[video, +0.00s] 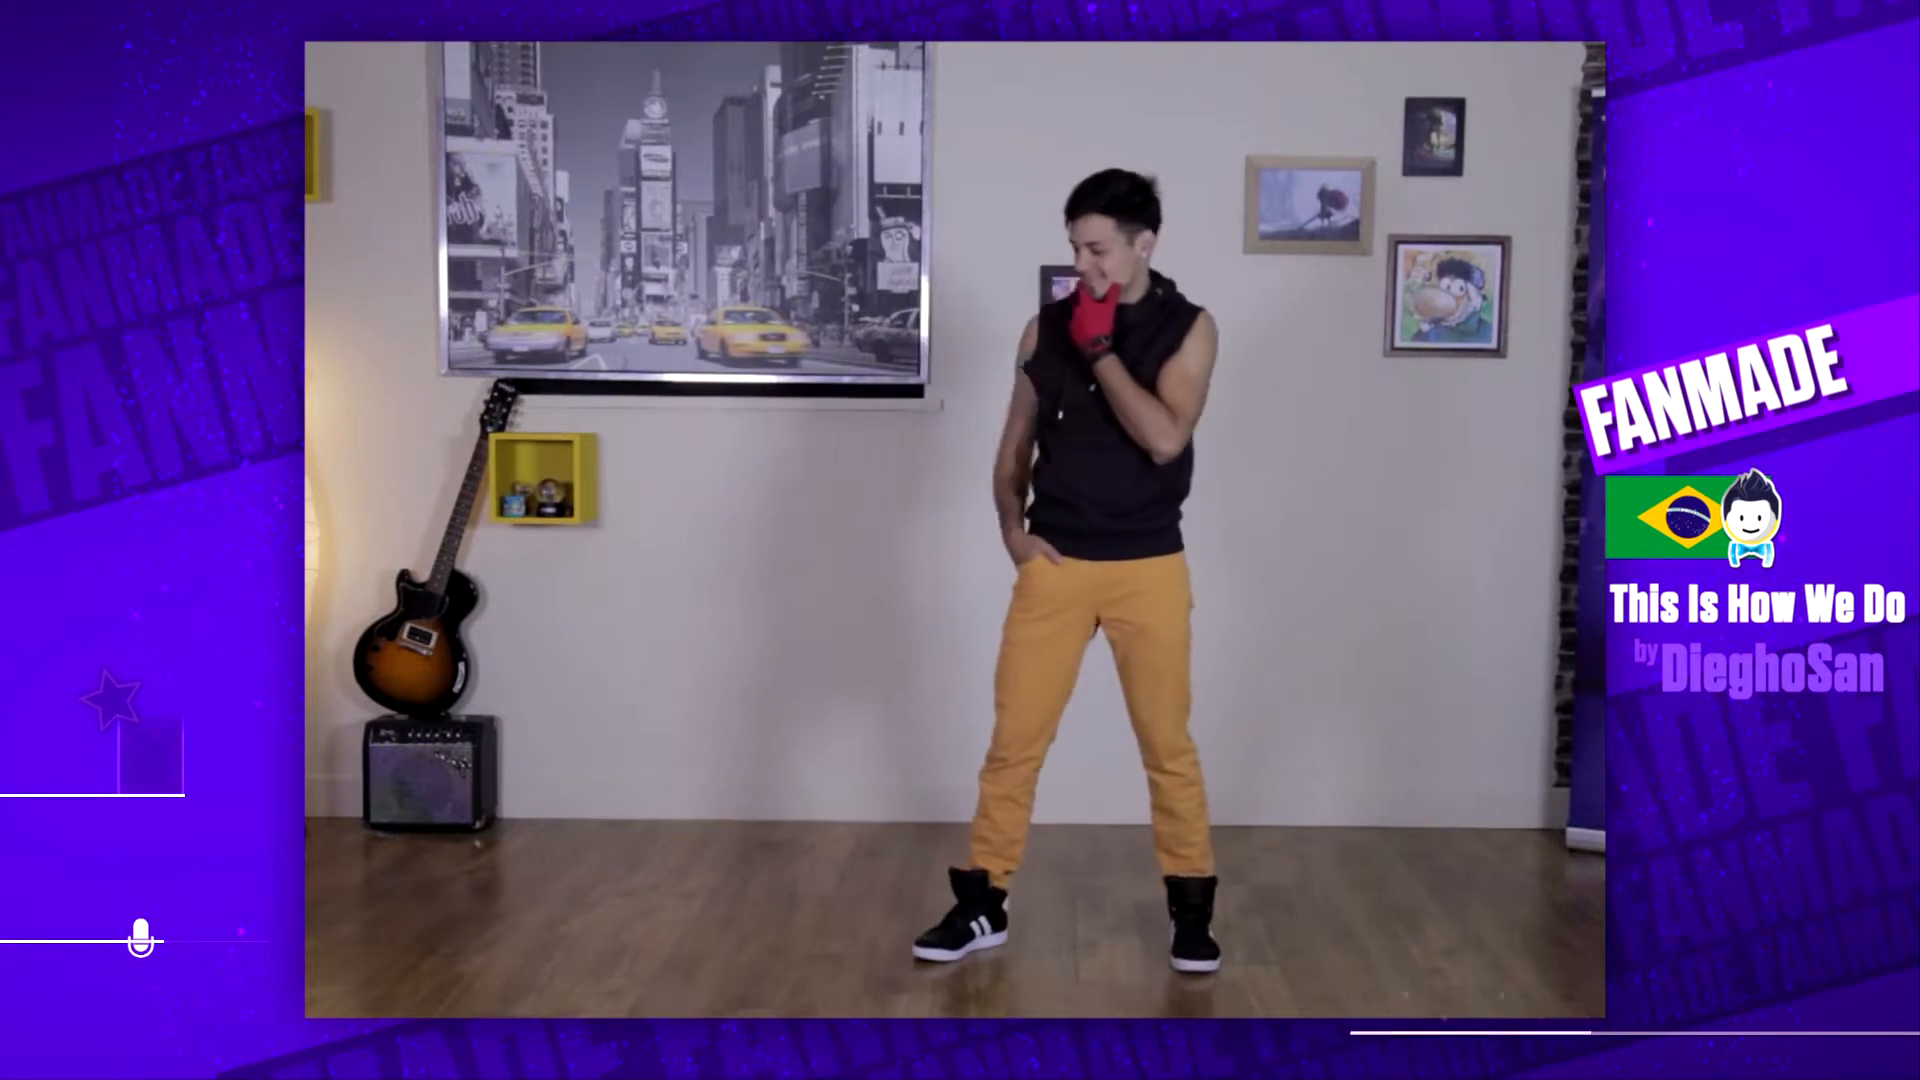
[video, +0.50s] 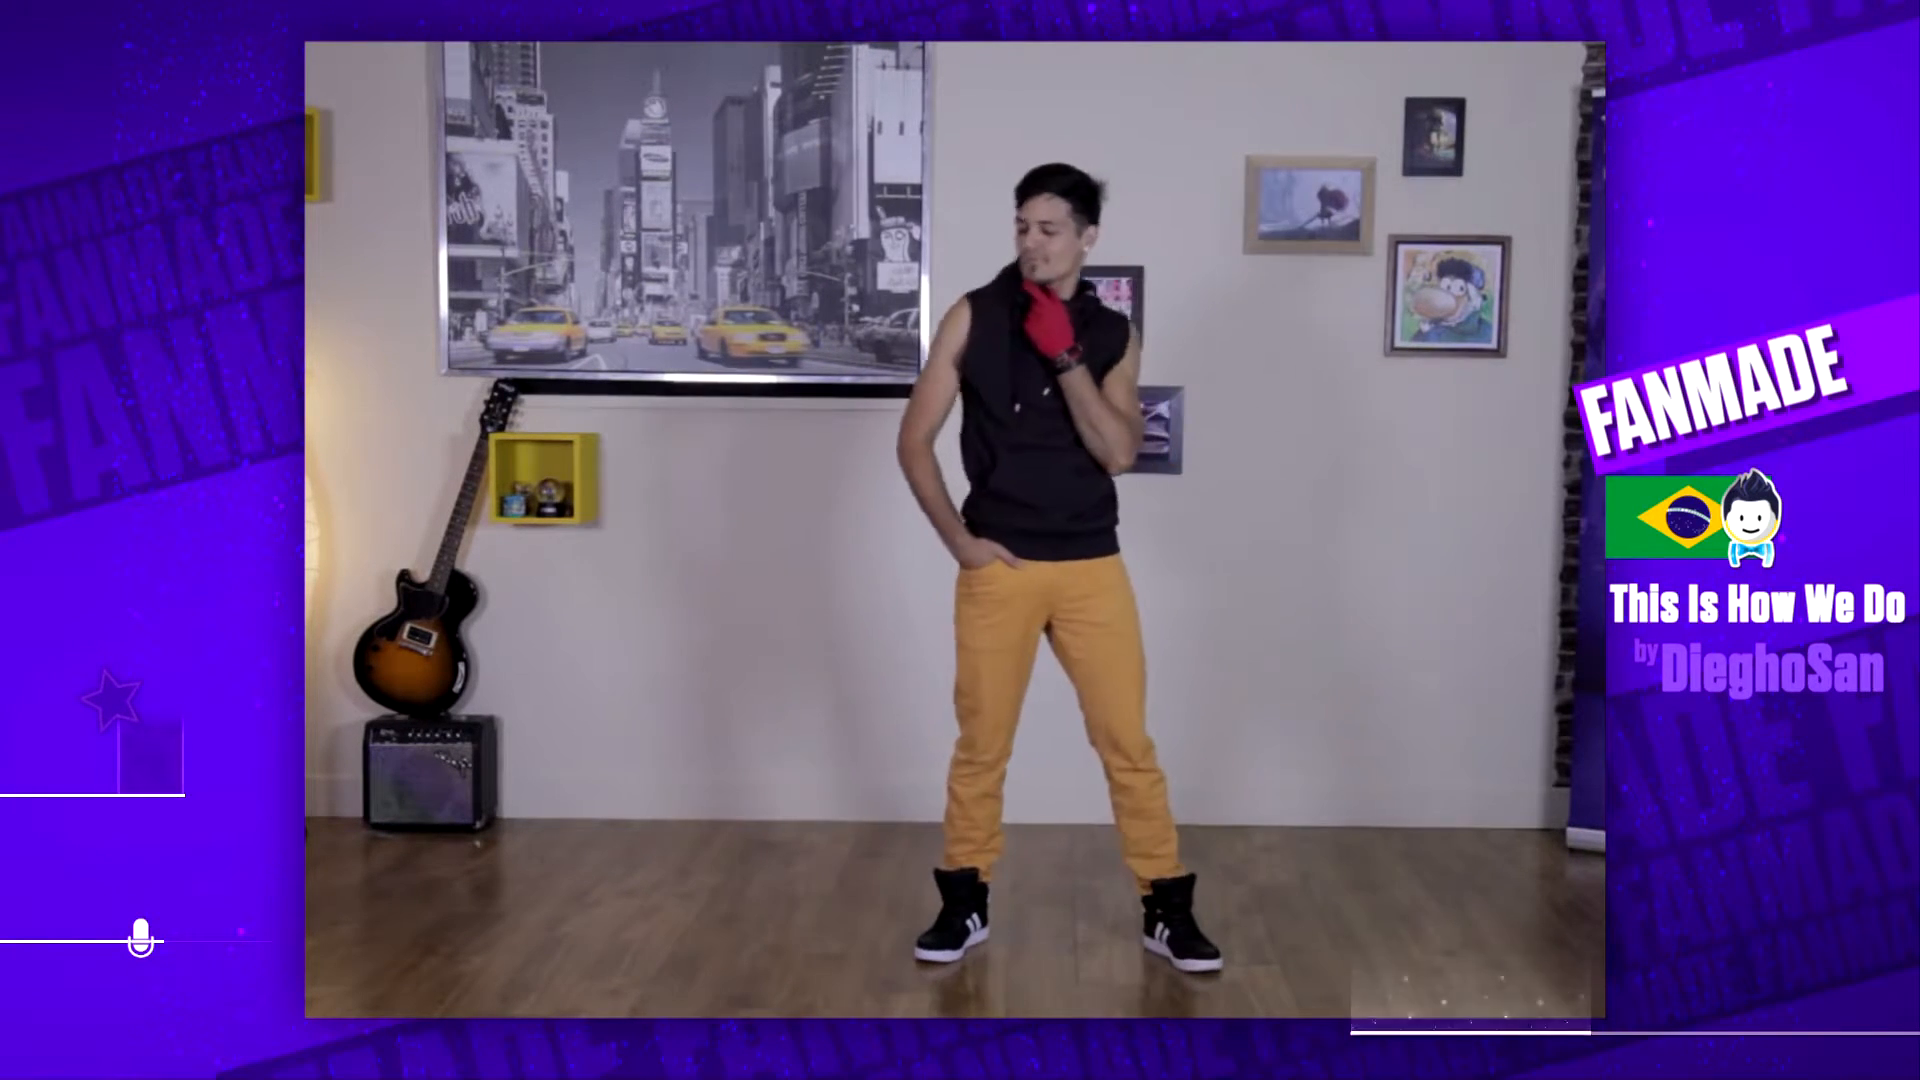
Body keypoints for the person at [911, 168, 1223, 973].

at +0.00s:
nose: (1085, 264)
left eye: (1100, 249)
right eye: (1076, 249)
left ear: (1146, 244)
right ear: (1068, 248)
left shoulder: (1187, 329)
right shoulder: (1045, 332)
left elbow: (1166, 437)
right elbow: (1015, 446)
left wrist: (1101, 352)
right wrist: (1013, 530)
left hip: (1147, 572)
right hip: (1052, 566)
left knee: (1166, 745)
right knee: (1013, 743)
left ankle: (1191, 908)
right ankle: (981, 903)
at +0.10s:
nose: (1089, 267)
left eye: (1107, 253)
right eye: (1082, 250)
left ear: (1152, 253)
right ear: (1073, 245)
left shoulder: (1180, 336)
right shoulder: (1039, 319)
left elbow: (1169, 446)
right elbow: (983, 439)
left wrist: (1105, 356)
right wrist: (1008, 534)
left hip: (1144, 570)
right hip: (1049, 566)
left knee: (1163, 742)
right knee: (1007, 742)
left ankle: (1190, 907)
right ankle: (978, 903)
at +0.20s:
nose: (1085, 257)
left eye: (1102, 244)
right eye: (1078, 241)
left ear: (1146, 248)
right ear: (1069, 238)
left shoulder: (1168, 336)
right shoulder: (1032, 312)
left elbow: (1165, 447)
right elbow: (968, 431)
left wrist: (1103, 356)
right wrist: (1000, 533)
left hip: (1135, 569)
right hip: (1040, 565)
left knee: (1157, 739)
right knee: (999, 741)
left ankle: (1187, 908)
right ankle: (970, 903)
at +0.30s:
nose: (1066, 248)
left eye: (1084, 236)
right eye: (1061, 232)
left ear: (1128, 244)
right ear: (1053, 232)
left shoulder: (1141, 338)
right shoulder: (1012, 307)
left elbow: (1144, 447)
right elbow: (950, 427)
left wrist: (1092, 352)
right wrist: (989, 538)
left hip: (1116, 567)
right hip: (1023, 566)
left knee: (1147, 740)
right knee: (991, 742)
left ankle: (1171, 907)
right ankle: (963, 903)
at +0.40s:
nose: (1053, 246)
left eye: (1072, 235)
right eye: (1047, 231)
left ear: (1110, 246)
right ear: (1038, 234)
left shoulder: (1122, 341)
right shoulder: (998, 311)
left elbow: (1130, 454)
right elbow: (935, 432)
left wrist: (1084, 361)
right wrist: (976, 544)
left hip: (1103, 572)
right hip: (1011, 570)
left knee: (1135, 745)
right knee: (988, 745)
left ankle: (1168, 908)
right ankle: (963, 904)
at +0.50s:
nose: (1034, 242)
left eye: (1051, 229)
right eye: (1025, 228)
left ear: (1087, 238)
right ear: (1016, 233)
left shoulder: (1111, 332)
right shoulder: (974, 317)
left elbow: (1119, 453)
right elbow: (914, 440)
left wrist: (1068, 358)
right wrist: (960, 540)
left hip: (1092, 569)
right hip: (998, 568)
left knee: (1127, 742)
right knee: (981, 744)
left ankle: (1167, 905)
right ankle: (962, 903)